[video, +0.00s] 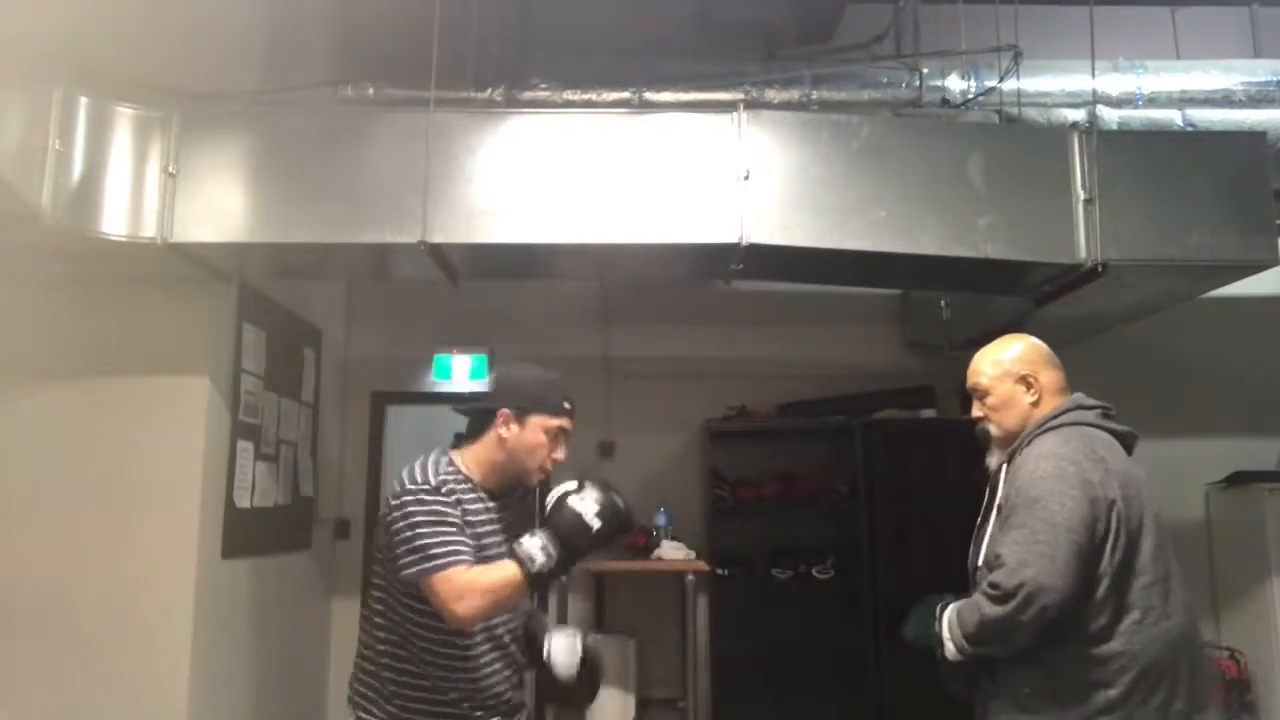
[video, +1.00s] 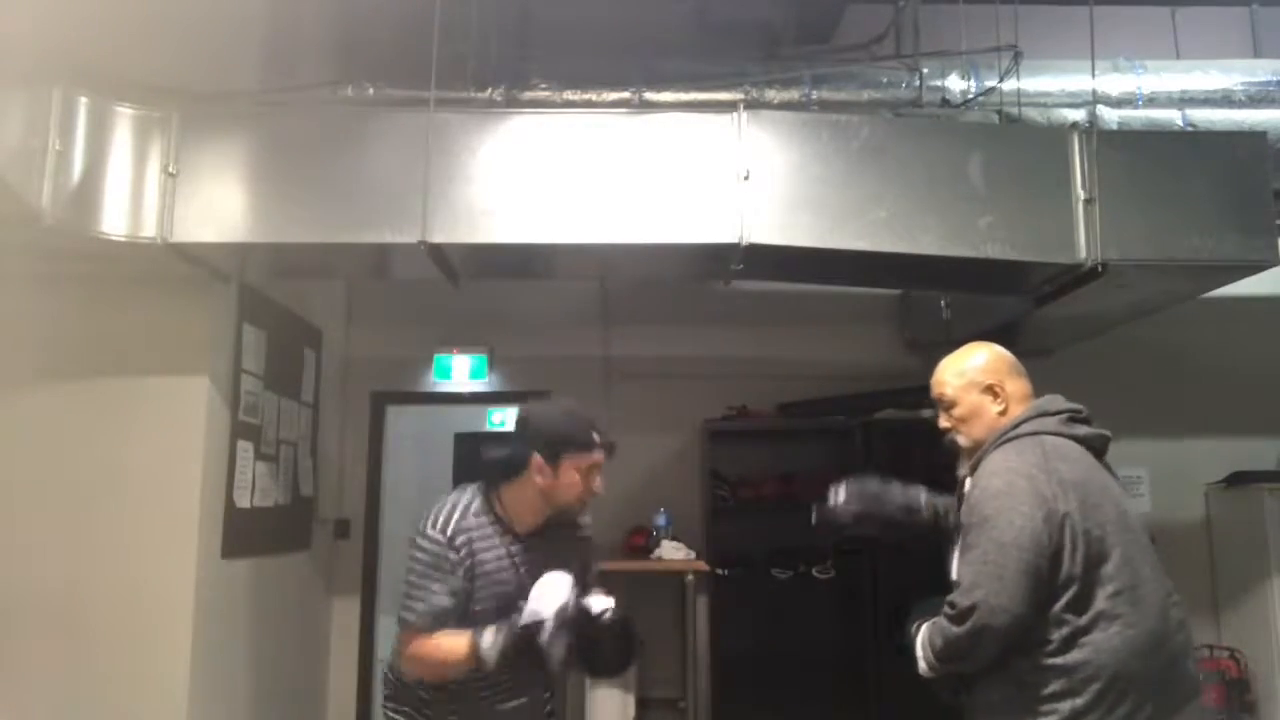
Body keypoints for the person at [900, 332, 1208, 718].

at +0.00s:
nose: (974, 413)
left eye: (982, 396)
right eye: (972, 399)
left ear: (1029, 389)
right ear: (1030, 390)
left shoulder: (1053, 458)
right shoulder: (1079, 444)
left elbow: (1033, 589)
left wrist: (949, 625)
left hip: (1094, 700)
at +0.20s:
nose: (967, 416)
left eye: (975, 398)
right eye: (965, 401)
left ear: (1022, 391)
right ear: (1024, 391)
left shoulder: (1041, 458)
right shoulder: (1074, 445)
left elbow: (1022, 585)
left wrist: (942, 626)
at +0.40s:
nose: (959, 419)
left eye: (967, 402)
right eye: (957, 405)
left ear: (1014, 392)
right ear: (1016, 394)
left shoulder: (1037, 460)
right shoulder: (1070, 445)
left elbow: (1024, 590)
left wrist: (942, 634)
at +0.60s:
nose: (964, 417)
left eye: (971, 400)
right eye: (962, 404)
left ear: (1019, 392)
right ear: (1024, 394)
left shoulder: (1034, 462)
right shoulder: (1081, 450)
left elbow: (1014, 596)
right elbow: (1036, 571)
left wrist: (940, 634)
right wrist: (926, 554)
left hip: (1095, 697)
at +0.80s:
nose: (962, 418)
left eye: (970, 401)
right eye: (960, 405)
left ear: (1018, 394)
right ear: (1020, 395)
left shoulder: (1034, 464)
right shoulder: (1074, 447)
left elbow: (1011, 599)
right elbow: (1020, 554)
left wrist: (941, 635)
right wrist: (928, 542)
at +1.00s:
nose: (941, 424)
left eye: (948, 406)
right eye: (938, 410)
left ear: (996, 397)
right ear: (999, 399)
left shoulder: (1009, 471)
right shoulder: (1065, 453)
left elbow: (993, 613)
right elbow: (993, 519)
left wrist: (928, 646)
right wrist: (906, 506)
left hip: (1086, 697)